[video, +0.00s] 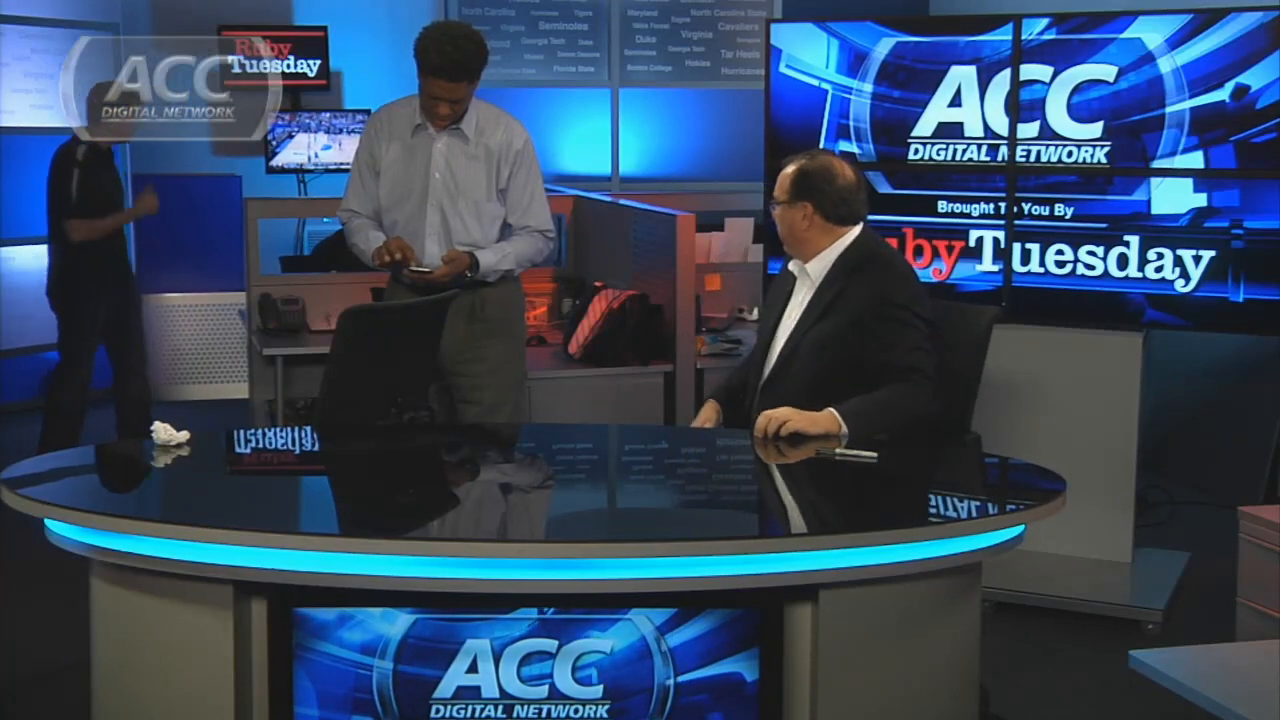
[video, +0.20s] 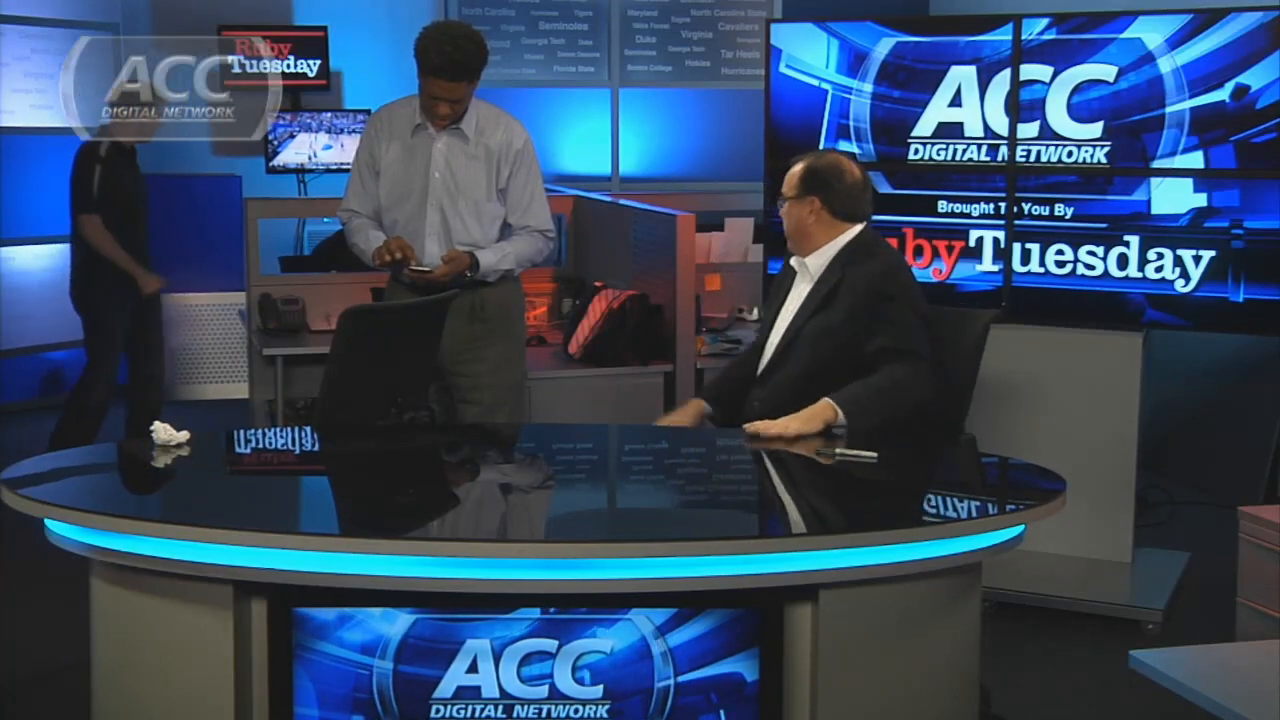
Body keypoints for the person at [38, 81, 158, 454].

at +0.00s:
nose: (134, 124)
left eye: (135, 115)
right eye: (128, 115)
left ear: (109, 117)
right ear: (107, 116)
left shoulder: (102, 157)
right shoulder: (72, 157)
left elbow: (98, 224)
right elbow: (74, 229)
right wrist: (134, 212)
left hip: (112, 282)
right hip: (79, 285)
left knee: (131, 370)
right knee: (75, 374)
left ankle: (135, 454)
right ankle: (53, 462)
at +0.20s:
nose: (154, 122)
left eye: (154, 114)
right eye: (148, 114)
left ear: (128, 115)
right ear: (126, 113)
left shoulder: (127, 156)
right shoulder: (96, 154)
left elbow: (127, 224)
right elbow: (88, 224)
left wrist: (142, 272)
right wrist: (140, 274)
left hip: (135, 283)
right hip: (102, 285)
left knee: (148, 375)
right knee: (102, 376)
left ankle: (141, 464)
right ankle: (61, 463)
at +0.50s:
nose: (176, 122)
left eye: (179, 114)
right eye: (170, 113)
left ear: (178, 117)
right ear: (150, 113)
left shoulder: (162, 159)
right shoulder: (113, 153)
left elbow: (160, 235)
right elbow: (83, 218)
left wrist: (175, 286)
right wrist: (82, 281)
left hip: (157, 281)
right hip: (119, 280)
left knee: (154, 371)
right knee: (136, 368)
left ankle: (141, 453)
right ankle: (110, 455)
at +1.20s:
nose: (181, 121)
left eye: (186, 112)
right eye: (172, 112)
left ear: (192, 115)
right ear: (154, 114)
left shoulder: (197, 157)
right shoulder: (124, 161)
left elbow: (207, 224)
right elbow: (104, 235)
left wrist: (218, 284)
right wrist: (122, 292)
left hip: (198, 290)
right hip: (149, 295)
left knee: (206, 383)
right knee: (159, 388)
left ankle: (199, 458)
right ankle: (165, 470)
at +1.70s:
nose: (232, 128)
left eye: (233, 119)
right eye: (224, 119)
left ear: (231, 121)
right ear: (199, 119)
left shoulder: (232, 164)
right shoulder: (161, 168)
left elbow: (244, 231)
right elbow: (145, 242)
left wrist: (251, 292)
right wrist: (178, 293)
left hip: (232, 300)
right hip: (181, 304)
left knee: (251, 394)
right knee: (181, 402)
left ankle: (259, 474)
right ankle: (181, 481)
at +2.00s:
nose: (290, 131)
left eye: (293, 123)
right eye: (283, 122)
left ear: (289, 125)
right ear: (259, 120)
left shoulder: (279, 165)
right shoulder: (217, 165)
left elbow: (276, 236)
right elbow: (191, 239)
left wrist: (285, 293)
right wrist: (225, 296)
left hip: (276, 304)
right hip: (231, 306)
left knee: (280, 396)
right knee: (230, 398)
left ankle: (276, 474)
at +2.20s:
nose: (318, 132)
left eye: (321, 124)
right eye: (311, 123)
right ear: (285, 120)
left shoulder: (307, 168)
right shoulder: (243, 164)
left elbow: (308, 239)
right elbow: (213, 238)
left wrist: (316, 292)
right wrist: (230, 303)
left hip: (300, 299)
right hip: (258, 302)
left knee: (301, 397)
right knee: (280, 399)